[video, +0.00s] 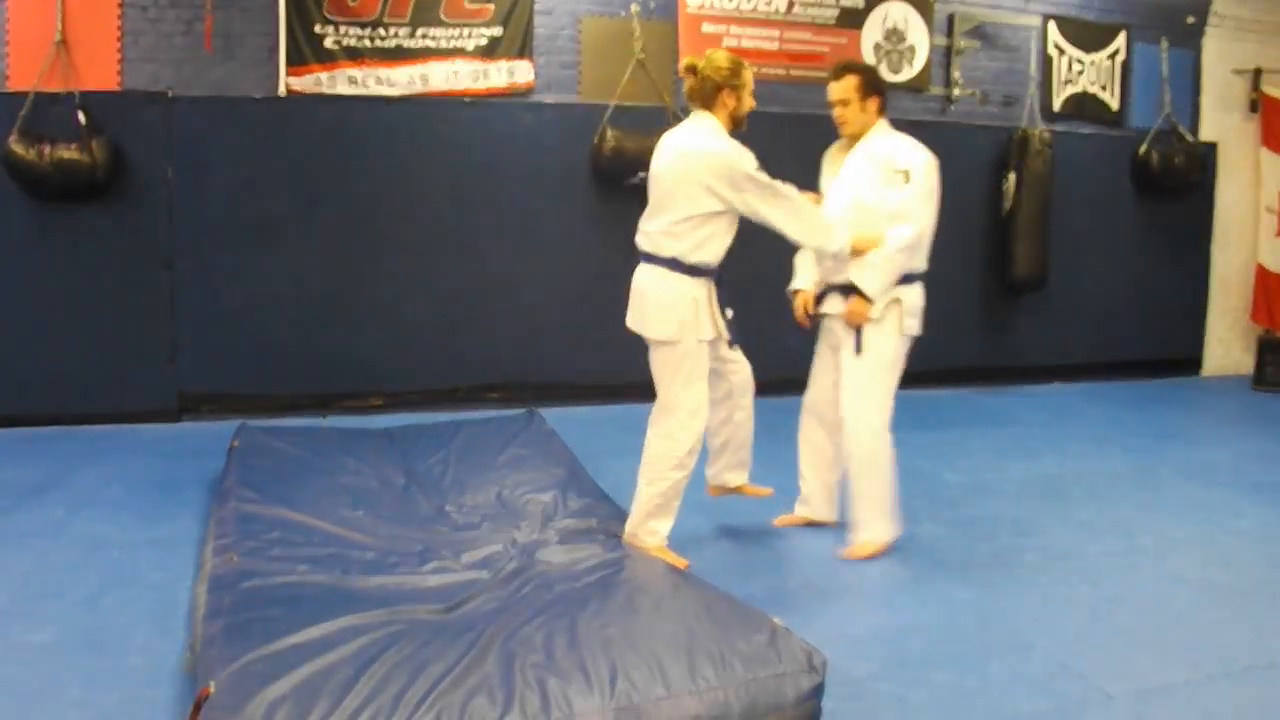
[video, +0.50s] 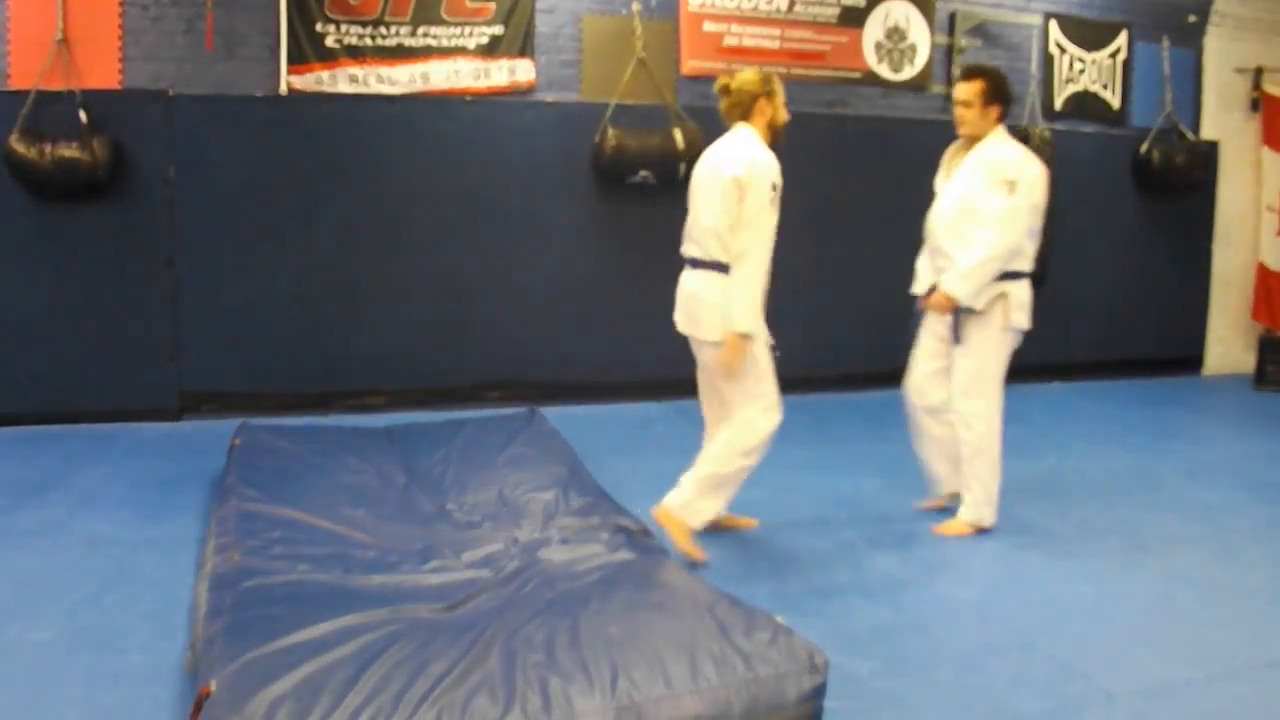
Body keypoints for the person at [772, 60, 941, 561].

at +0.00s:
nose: (835, 114)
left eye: (844, 105)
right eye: (832, 106)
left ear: (873, 103)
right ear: (834, 107)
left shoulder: (912, 158)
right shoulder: (835, 157)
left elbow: (911, 236)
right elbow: (822, 222)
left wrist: (867, 290)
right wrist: (805, 282)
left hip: (886, 302)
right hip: (836, 297)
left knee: (866, 415)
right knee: (820, 408)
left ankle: (876, 529)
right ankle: (817, 506)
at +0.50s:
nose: (957, 114)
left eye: (967, 106)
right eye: (955, 105)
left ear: (995, 110)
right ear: (956, 107)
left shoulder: (1023, 168)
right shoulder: (955, 157)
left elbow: (1006, 242)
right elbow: (938, 229)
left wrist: (956, 289)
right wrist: (925, 280)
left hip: (995, 296)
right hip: (948, 294)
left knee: (976, 400)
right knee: (923, 390)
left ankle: (979, 510)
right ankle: (950, 484)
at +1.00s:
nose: (1046, 122)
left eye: (1056, 114)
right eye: (1043, 114)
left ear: (1082, 118)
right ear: (1040, 118)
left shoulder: (1117, 172)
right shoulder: (1028, 172)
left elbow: (1135, 237)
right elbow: (1008, 223)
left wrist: (1094, 289)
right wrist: (1001, 273)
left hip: (1087, 305)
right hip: (1035, 302)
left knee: (1091, 400)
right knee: (1032, 395)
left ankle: (1121, 484)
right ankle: (1035, 478)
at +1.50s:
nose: (1071, 126)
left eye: (1081, 119)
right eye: (1068, 118)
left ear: (1108, 123)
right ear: (1064, 121)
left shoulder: (1137, 178)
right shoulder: (1052, 174)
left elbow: (1167, 238)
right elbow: (1027, 225)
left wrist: (1119, 286)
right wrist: (1026, 275)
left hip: (1114, 313)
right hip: (1055, 309)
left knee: (1128, 405)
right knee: (1032, 394)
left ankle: (1138, 488)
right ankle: (1023, 484)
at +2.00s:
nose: (951, 120)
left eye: (960, 112)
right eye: (948, 112)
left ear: (988, 116)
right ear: (949, 115)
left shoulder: (1008, 166)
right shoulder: (945, 162)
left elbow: (966, 218)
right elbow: (905, 200)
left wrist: (912, 212)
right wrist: (848, 196)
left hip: (1009, 300)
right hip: (971, 299)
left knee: (964, 394)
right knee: (989, 394)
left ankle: (956, 512)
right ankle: (1012, 482)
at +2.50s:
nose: (845, 105)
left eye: (853, 97)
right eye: (843, 97)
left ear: (883, 97)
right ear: (851, 98)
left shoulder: (907, 149)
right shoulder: (844, 140)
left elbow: (865, 192)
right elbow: (800, 156)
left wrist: (803, 184)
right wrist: (777, 160)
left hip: (889, 295)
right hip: (843, 293)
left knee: (878, 411)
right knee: (820, 397)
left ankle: (882, 527)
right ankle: (808, 499)